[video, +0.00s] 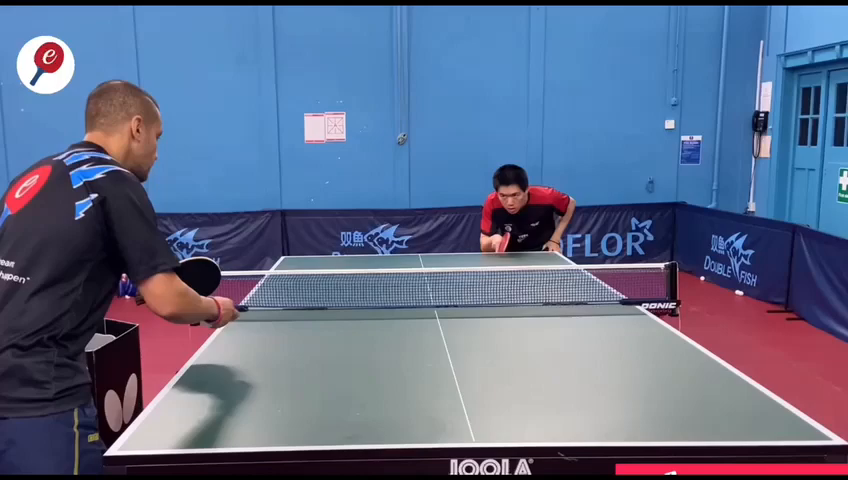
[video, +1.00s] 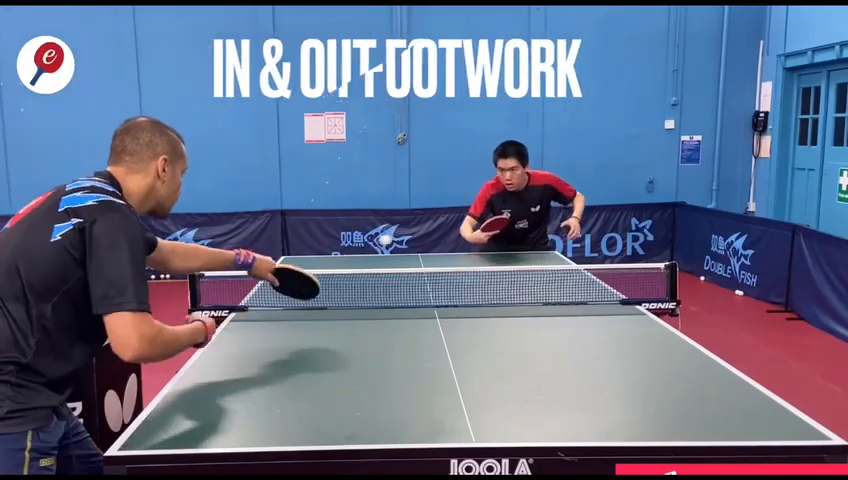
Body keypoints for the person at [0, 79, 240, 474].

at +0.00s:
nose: (157, 152)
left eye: (159, 139)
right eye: (157, 138)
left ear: (92, 126)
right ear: (135, 129)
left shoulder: (35, 175)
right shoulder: (114, 183)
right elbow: (167, 300)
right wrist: (212, 308)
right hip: (44, 404)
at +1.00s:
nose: (179, 191)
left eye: (183, 177)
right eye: (181, 176)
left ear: (118, 161)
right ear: (161, 169)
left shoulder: (80, 195)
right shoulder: (112, 217)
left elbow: (163, 254)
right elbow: (134, 342)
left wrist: (248, 260)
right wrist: (201, 330)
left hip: (40, 402)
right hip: (16, 412)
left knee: (92, 469)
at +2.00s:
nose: (137, 146)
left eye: (139, 133)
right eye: (137, 132)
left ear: (67, 123)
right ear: (114, 126)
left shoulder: (12, 174)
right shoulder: (99, 195)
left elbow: (26, 289)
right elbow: (157, 318)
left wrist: (102, 302)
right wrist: (209, 315)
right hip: (28, 429)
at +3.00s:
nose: (156, 170)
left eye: (158, 158)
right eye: (158, 158)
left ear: (90, 145)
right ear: (142, 153)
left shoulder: (37, 191)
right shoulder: (103, 217)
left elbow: (79, 280)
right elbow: (149, 350)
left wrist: (174, 280)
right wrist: (206, 339)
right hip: (23, 431)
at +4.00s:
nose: (96, 116)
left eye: (94, 101)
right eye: (90, 99)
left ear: (56, 100)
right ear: (56, 99)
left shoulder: (30, 178)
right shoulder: (7, 184)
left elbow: (71, 255)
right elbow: (3, 336)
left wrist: (174, 268)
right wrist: (59, 356)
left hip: (14, 408)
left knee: (45, 469)